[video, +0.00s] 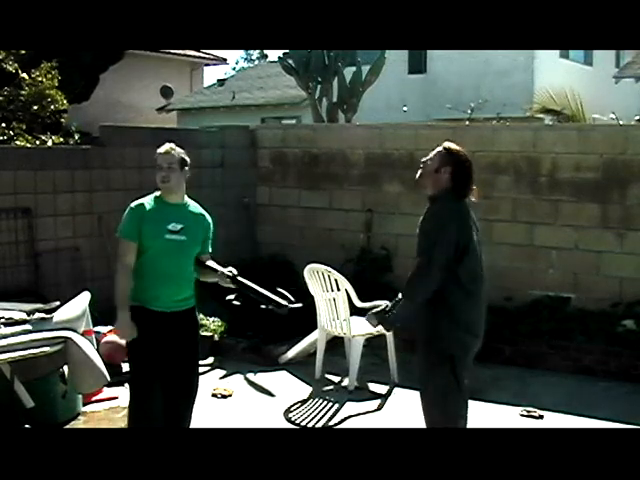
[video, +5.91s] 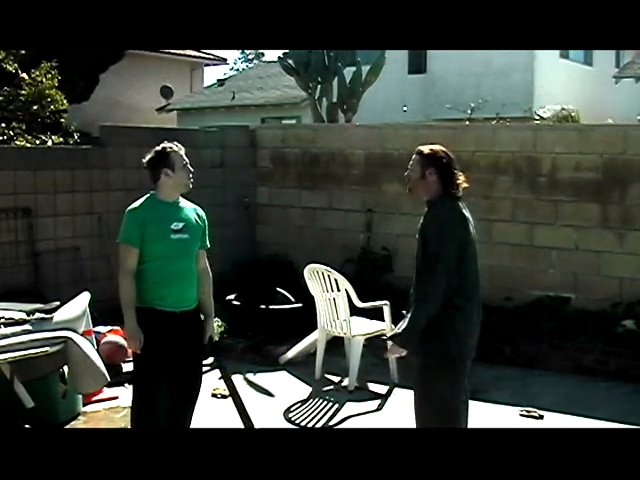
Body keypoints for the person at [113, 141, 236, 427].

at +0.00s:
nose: (163, 174)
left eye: (170, 168)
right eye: (159, 168)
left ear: (185, 172)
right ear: (154, 172)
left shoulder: (201, 218)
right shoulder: (139, 211)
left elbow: (200, 265)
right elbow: (125, 266)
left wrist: (219, 273)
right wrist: (123, 315)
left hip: (184, 318)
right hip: (146, 317)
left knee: (182, 396)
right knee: (146, 397)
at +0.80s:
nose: (189, 175)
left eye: (188, 169)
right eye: (183, 169)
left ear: (167, 173)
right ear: (162, 173)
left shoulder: (190, 216)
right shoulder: (129, 212)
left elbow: (203, 268)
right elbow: (117, 269)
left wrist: (220, 313)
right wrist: (121, 320)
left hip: (181, 320)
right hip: (143, 321)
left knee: (180, 401)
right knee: (144, 403)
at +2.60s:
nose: (204, 173)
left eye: (203, 167)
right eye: (198, 168)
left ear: (185, 174)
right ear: (178, 174)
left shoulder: (205, 219)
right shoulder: (146, 213)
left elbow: (216, 267)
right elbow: (132, 269)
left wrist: (251, 277)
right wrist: (132, 320)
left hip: (193, 320)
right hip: (157, 319)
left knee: (187, 398)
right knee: (154, 398)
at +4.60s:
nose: (195, 172)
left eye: (194, 166)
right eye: (188, 167)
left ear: (176, 174)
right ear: (169, 173)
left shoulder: (194, 219)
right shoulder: (138, 210)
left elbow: (209, 267)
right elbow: (122, 266)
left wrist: (245, 249)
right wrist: (120, 316)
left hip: (184, 319)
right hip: (148, 318)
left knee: (184, 393)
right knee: (149, 395)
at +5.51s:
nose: (194, 171)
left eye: (192, 165)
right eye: (187, 166)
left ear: (174, 173)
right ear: (168, 173)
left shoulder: (196, 216)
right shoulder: (139, 212)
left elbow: (207, 267)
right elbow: (125, 270)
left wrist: (243, 288)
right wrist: (129, 320)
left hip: (187, 318)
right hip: (152, 318)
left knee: (185, 395)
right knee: (151, 397)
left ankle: (177, 430)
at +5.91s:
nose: (191, 170)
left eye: (189, 164)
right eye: (184, 165)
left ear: (172, 173)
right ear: (166, 173)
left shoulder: (196, 214)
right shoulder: (138, 214)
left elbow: (203, 268)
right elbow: (126, 272)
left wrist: (209, 316)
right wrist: (130, 324)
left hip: (189, 320)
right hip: (153, 319)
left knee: (184, 400)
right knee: (151, 402)